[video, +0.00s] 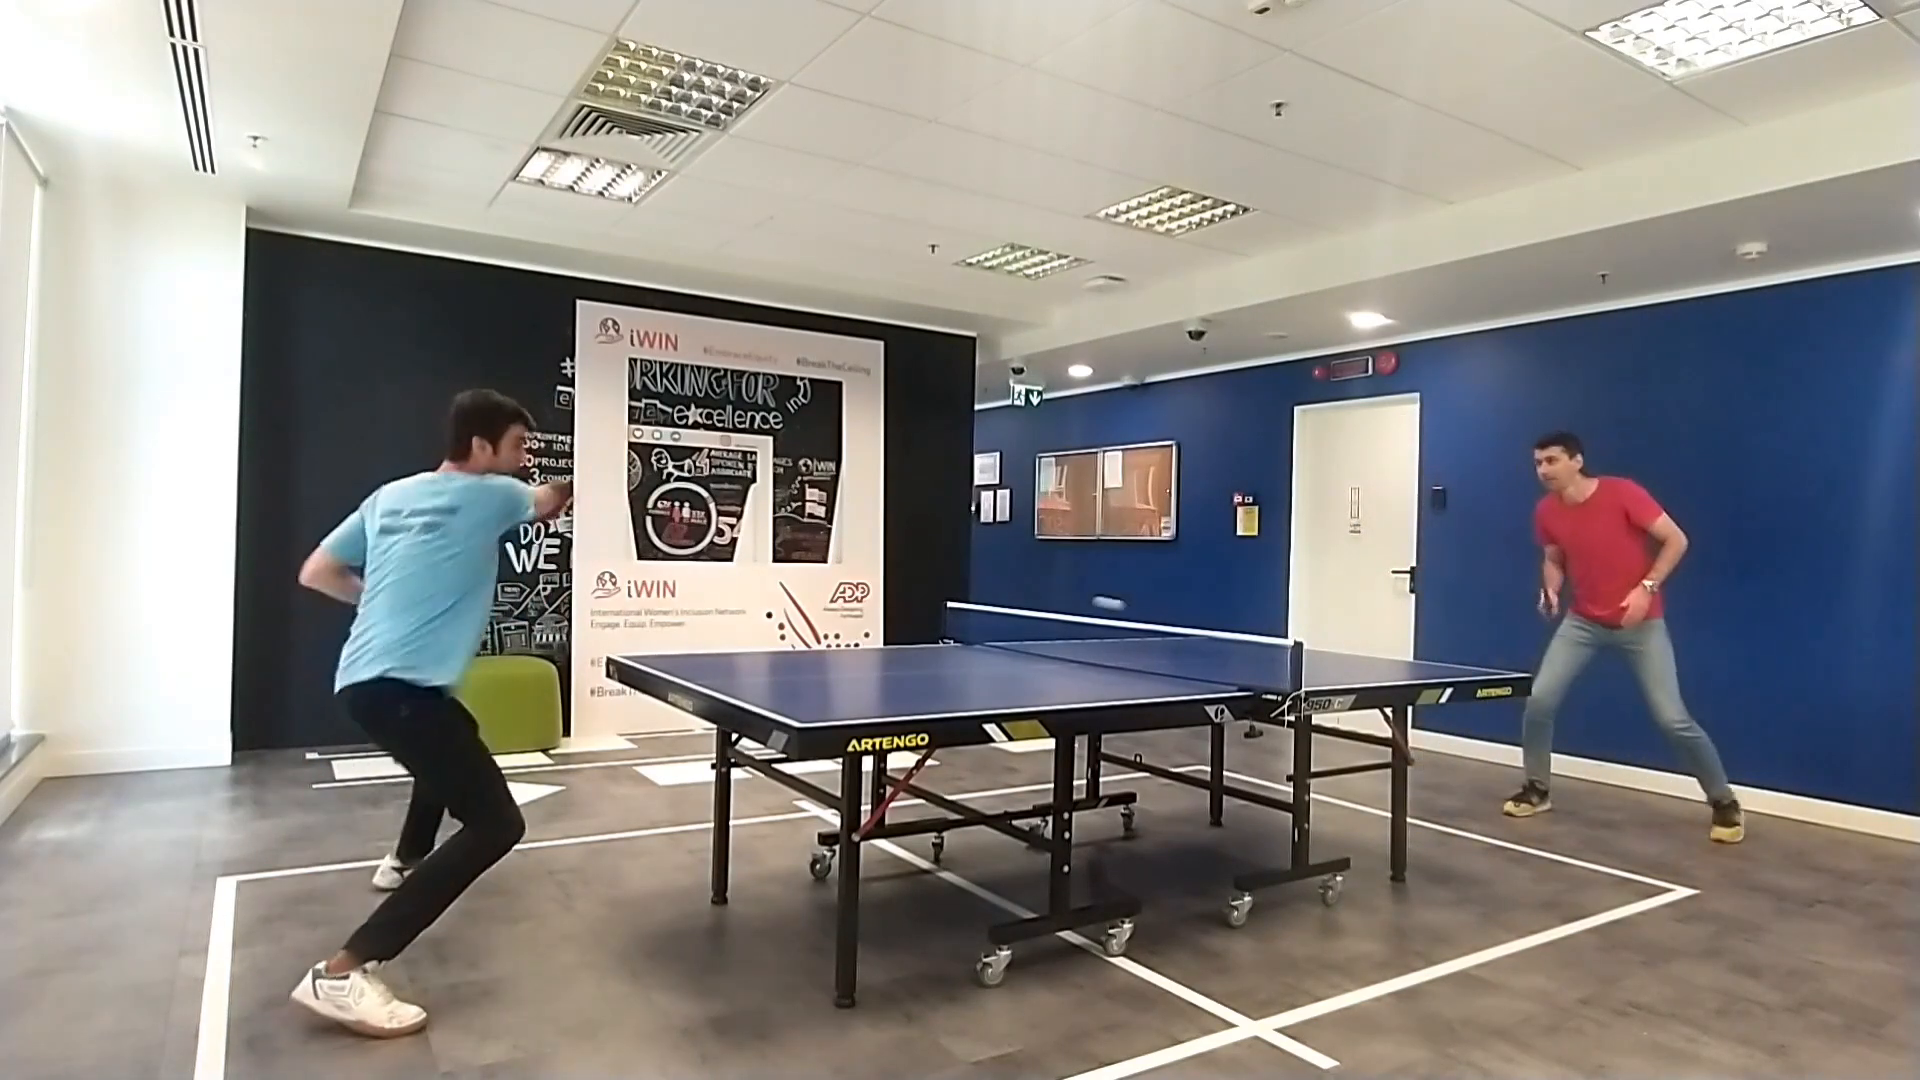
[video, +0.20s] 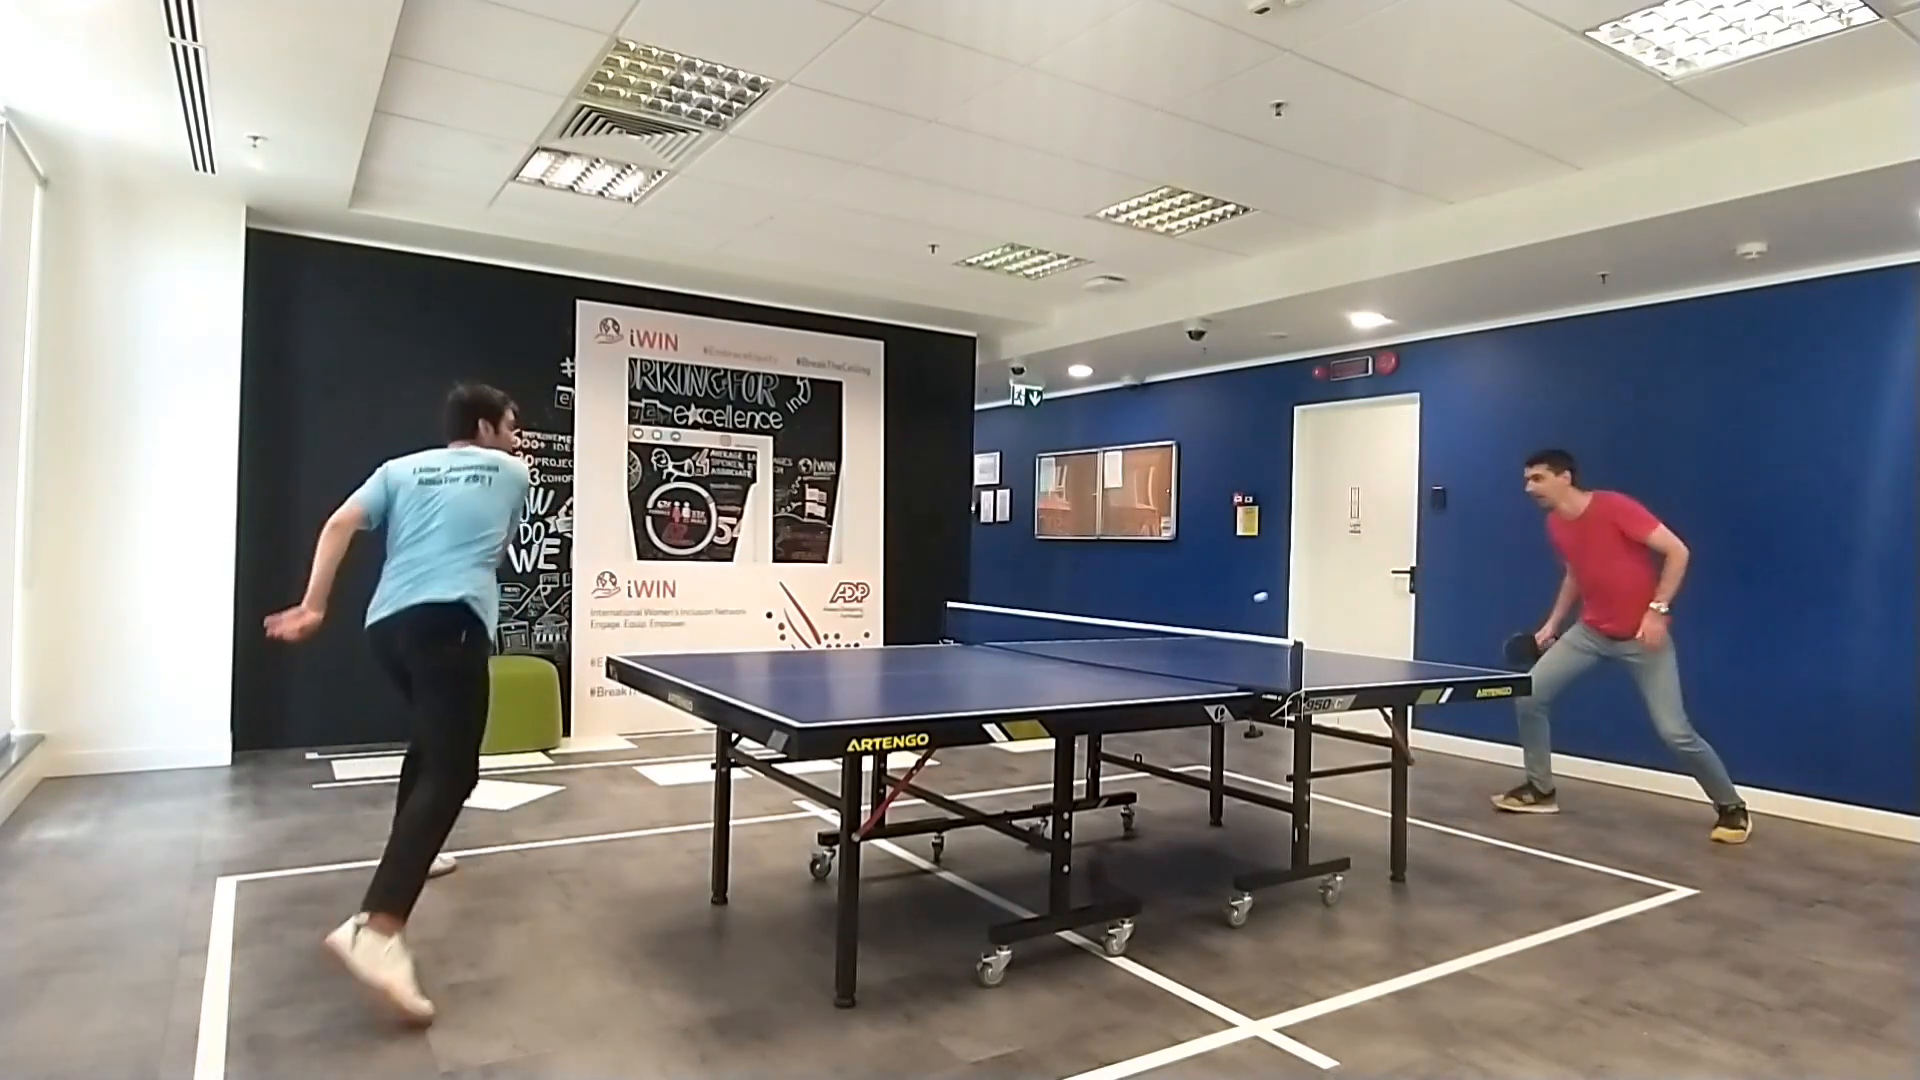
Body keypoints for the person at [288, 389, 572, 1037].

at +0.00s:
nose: (523, 458)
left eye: (525, 447)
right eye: (518, 446)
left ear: (461, 449)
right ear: (480, 446)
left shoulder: (390, 496)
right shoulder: (493, 493)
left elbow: (316, 572)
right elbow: (552, 499)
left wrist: (383, 599)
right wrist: (572, 485)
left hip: (360, 680)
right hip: (407, 684)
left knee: (452, 749)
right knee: (498, 826)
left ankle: (405, 862)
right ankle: (342, 973)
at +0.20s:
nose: (516, 439)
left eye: (515, 429)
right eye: (512, 429)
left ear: (455, 430)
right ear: (487, 428)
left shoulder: (400, 468)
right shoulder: (513, 470)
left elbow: (340, 523)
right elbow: (494, 523)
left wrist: (313, 606)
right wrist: (505, 452)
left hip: (387, 622)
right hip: (448, 618)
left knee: (429, 748)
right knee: (454, 771)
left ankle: (411, 858)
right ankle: (378, 930)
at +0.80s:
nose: (588, 408)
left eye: (589, 398)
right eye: (588, 398)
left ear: (540, 393)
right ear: (571, 394)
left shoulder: (499, 435)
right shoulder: (554, 431)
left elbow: (499, 506)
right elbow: (573, 488)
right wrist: (634, 498)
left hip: (477, 585)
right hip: (524, 586)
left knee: (450, 716)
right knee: (557, 702)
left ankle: (405, 846)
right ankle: (589, 811)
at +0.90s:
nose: (615, 414)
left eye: (616, 404)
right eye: (615, 404)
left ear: (565, 398)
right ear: (600, 400)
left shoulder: (524, 439)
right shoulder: (580, 441)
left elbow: (523, 510)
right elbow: (580, 504)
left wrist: (605, 514)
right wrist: (642, 512)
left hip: (504, 591)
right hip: (555, 591)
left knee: (485, 708)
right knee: (585, 700)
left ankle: (414, 830)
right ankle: (593, 813)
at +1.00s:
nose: (636, 415)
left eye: (636, 406)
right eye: (636, 406)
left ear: (592, 397)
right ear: (624, 403)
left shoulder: (550, 437)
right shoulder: (602, 445)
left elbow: (555, 512)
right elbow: (588, 512)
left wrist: (633, 520)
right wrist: (646, 524)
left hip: (533, 590)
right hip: (579, 589)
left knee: (529, 701)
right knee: (612, 695)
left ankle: (446, 790)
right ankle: (595, 813)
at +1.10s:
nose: (652, 410)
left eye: (652, 400)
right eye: (652, 400)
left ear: (608, 393)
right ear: (640, 398)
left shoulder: (567, 435)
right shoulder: (613, 441)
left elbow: (578, 513)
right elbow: (599, 511)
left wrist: (630, 524)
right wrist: (651, 521)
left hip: (552, 579)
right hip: (591, 580)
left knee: (573, 685)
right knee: (620, 692)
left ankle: (499, 772)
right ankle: (595, 811)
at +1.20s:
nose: (662, 407)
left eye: (662, 398)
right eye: (662, 398)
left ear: (619, 390)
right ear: (651, 396)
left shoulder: (582, 432)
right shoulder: (623, 437)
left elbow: (556, 500)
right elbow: (605, 504)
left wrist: (617, 515)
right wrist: (655, 514)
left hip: (572, 572)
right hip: (604, 574)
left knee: (604, 674)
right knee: (623, 686)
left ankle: (547, 771)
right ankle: (595, 812)